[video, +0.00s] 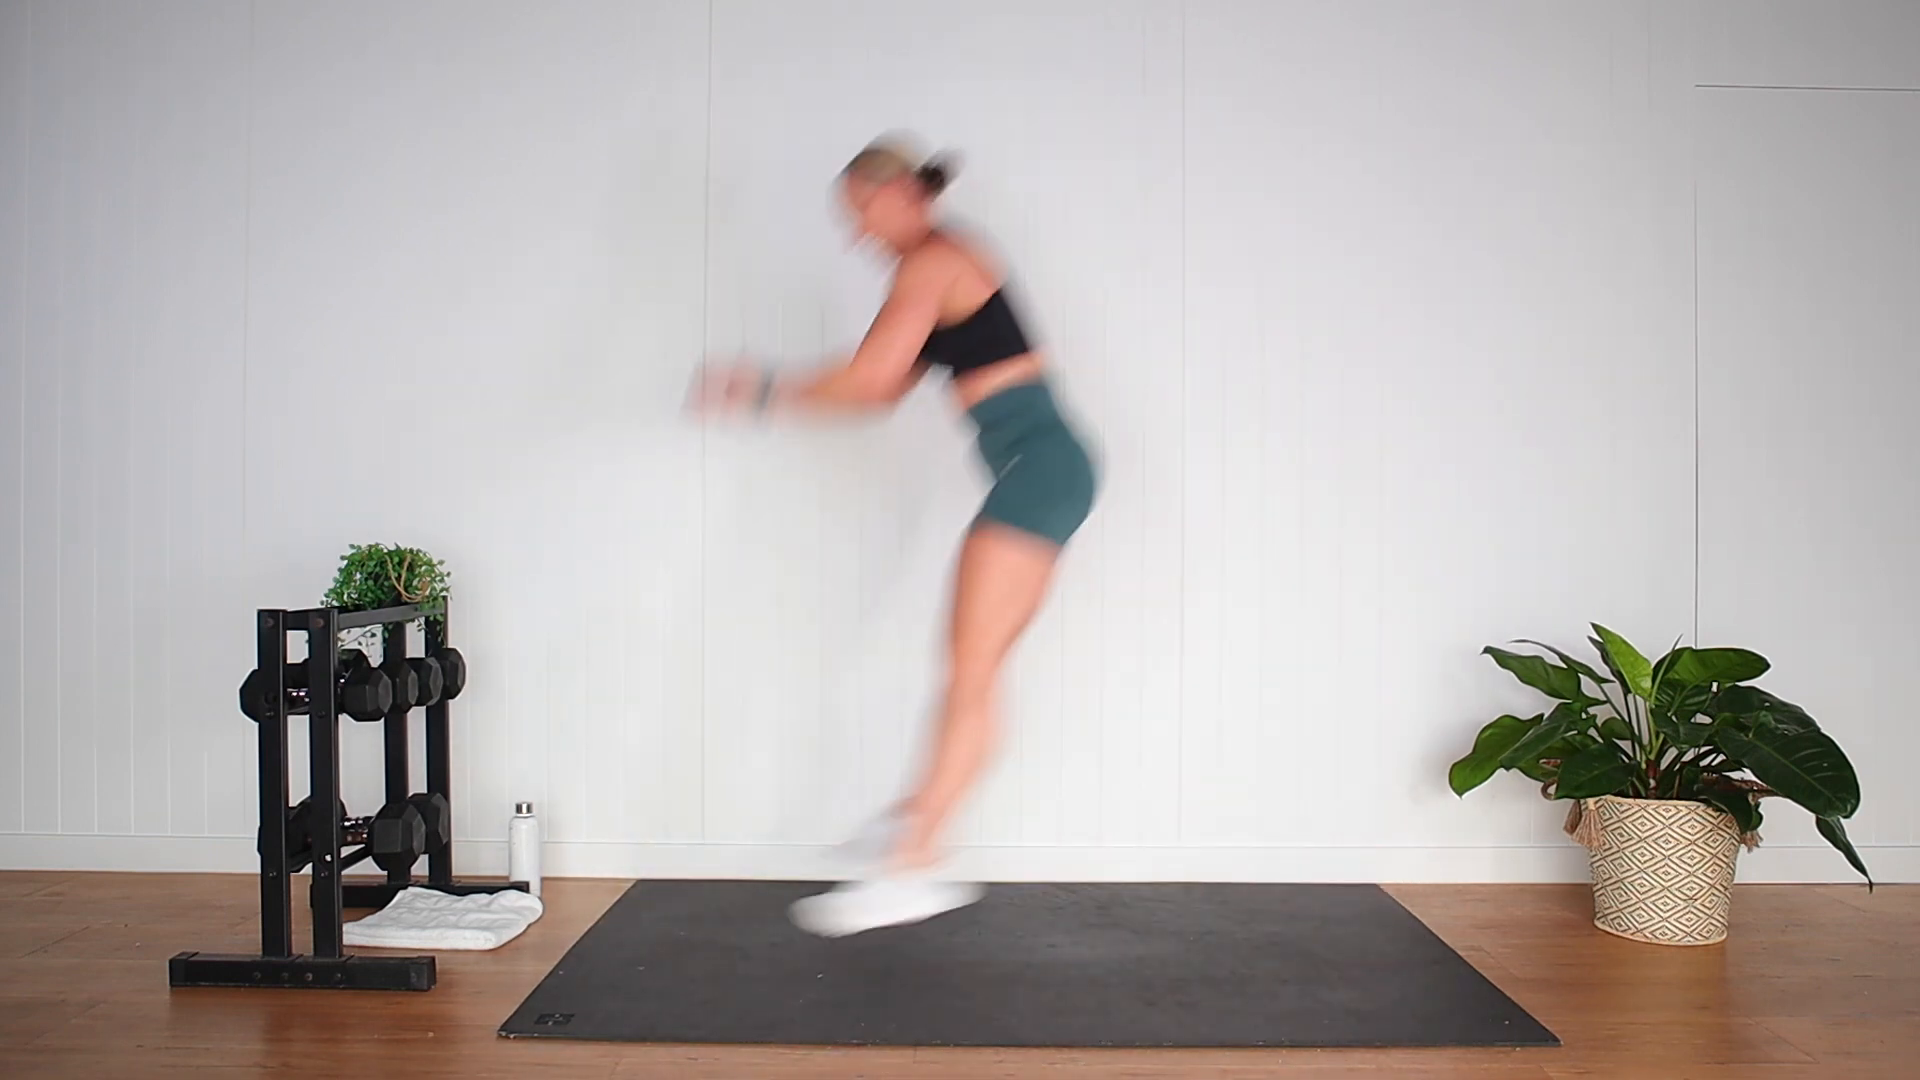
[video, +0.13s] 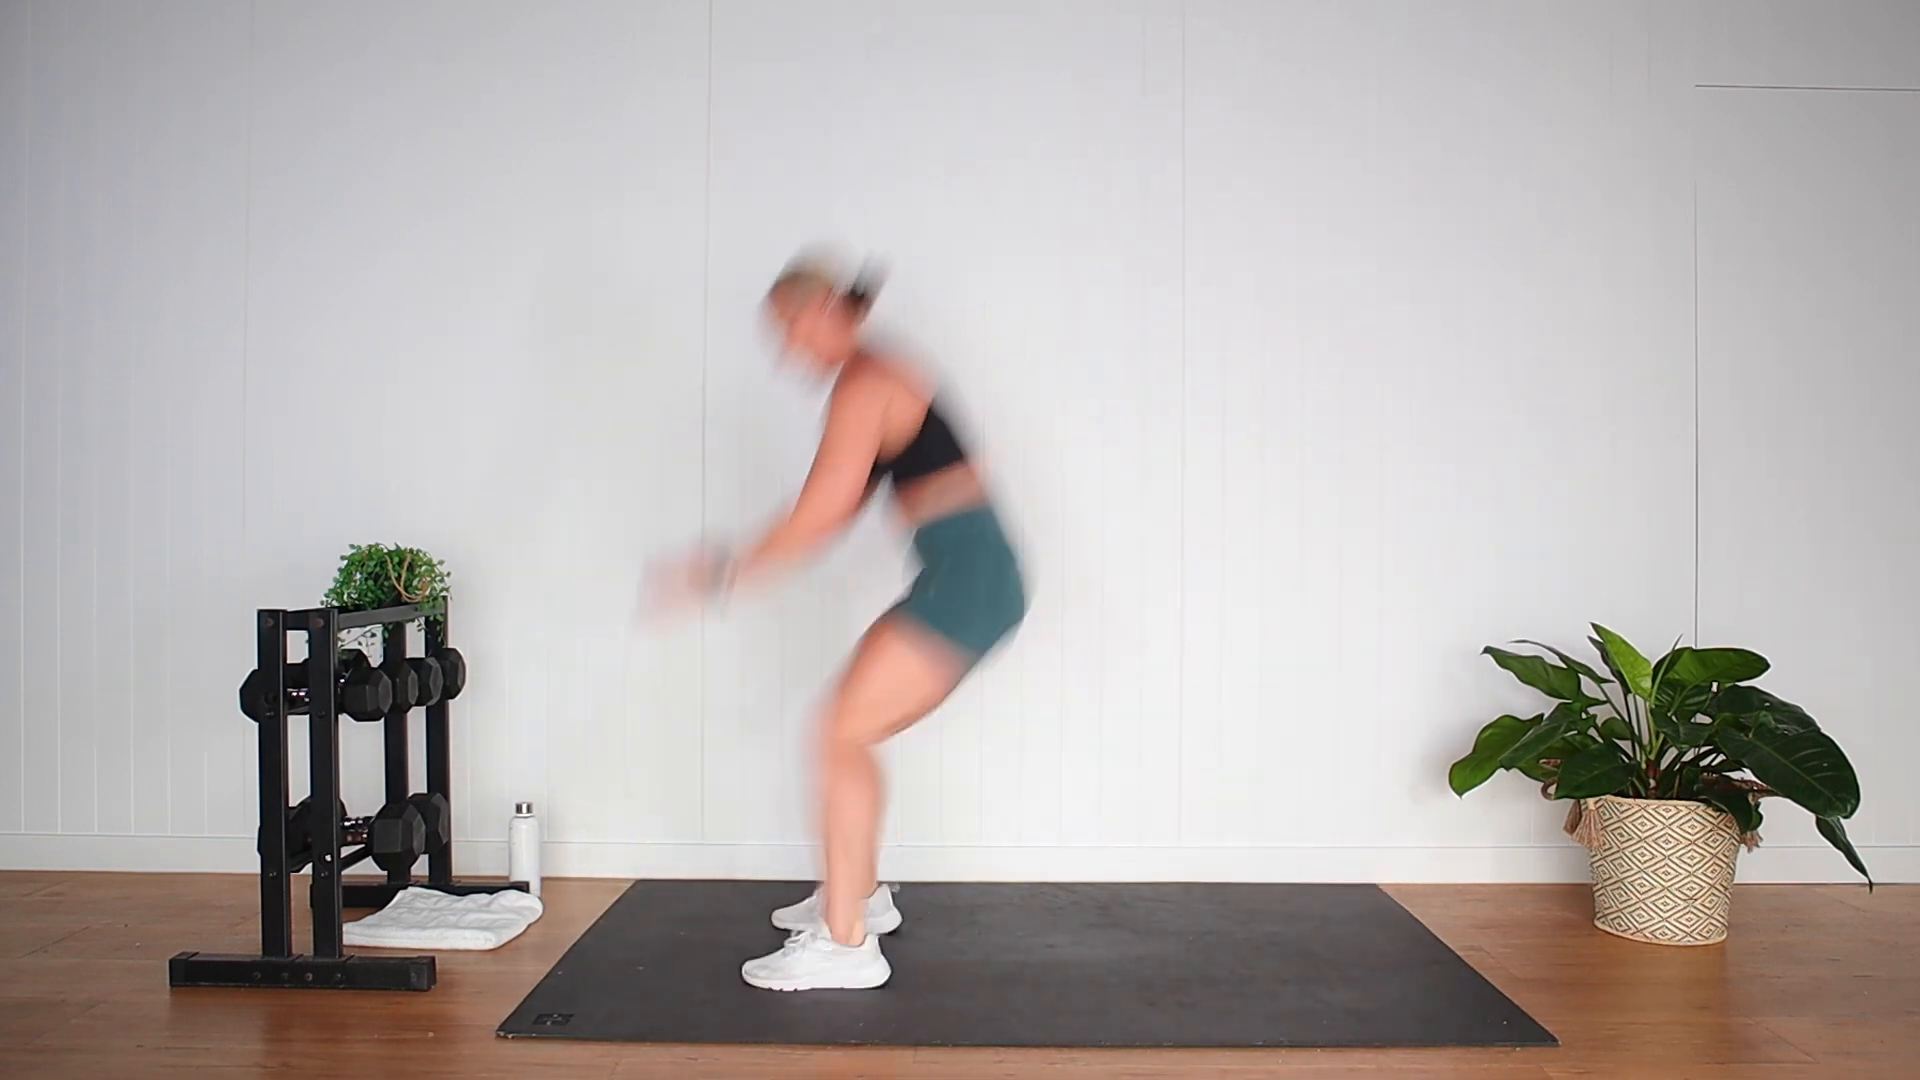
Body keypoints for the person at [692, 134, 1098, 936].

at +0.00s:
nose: (858, 229)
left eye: (864, 210)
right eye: (854, 214)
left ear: (902, 196)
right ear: (903, 200)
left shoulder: (934, 264)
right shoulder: (948, 258)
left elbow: (872, 380)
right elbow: (878, 388)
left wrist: (766, 391)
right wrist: (771, 390)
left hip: (1038, 463)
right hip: (1043, 460)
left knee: (973, 662)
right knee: (975, 659)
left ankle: (919, 859)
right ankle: (918, 823)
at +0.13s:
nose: (791, 348)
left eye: (792, 330)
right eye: (786, 333)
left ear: (827, 314)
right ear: (826, 315)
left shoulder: (867, 386)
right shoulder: (882, 375)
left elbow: (822, 513)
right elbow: (831, 508)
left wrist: (731, 573)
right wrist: (741, 562)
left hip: (967, 579)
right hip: (970, 575)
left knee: (843, 732)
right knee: (848, 726)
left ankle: (845, 941)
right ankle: (858, 891)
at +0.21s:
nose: (736, 431)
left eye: (739, 412)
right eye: (731, 416)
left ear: (774, 398)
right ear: (776, 399)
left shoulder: (820, 470)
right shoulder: (836, 456)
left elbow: (776, 608)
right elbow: (793, 605)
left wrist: (706, 697)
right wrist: (717, 683)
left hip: (949, 634)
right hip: (951, 627)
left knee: (787, 742)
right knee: (804, 736)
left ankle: (840, 941)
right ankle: (858, 892)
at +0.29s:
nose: (689, 508)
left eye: (688, 491)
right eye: (682, 496)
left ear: (717, 473)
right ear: (726, 473)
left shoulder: (769, 535)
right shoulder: (790, 518)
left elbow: (740, 675)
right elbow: (764, 673)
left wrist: (698, 784)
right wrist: (721, 763)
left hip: (947, 643)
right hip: (960, 635)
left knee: (783, 742)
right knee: (801, 736)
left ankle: (840, 939)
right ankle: (860, 895)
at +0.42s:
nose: (639, 645)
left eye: (632, 631)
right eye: (629, 635)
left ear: (654, 603)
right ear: (661, 597)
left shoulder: (717, 634)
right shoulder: (735, 617)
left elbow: (710, 773)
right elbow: (741, 761)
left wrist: (695, 905)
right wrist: (727, 859)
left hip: (936, 649)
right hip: (941, 640)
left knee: (772, 746)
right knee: (792, 739)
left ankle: (842, 938)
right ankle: (862, 897)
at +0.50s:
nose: (631, 695)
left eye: (619, 680)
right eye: (617, 685)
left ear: (637, 649)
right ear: (644, 640)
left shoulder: (703, 671)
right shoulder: (718, 646)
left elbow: (711, 817)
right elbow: (736, 801)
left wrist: (706, 944)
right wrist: (725, 895)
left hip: (924, 654)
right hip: (931, 643)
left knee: (761, 749)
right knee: (787, 745)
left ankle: (841, 943)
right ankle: (859, 897)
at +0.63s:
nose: (652, 742)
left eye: (638, 734)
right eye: (638, 740)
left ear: (643, 693)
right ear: (648, 683)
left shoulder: (705, 685)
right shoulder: (727, 671)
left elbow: (723, 836)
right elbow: (746, 807)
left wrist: (710, 955)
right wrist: (733, 902)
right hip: (908, 584)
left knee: (794, 735)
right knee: (808, 731)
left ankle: (842, 939)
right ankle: (861, 895)